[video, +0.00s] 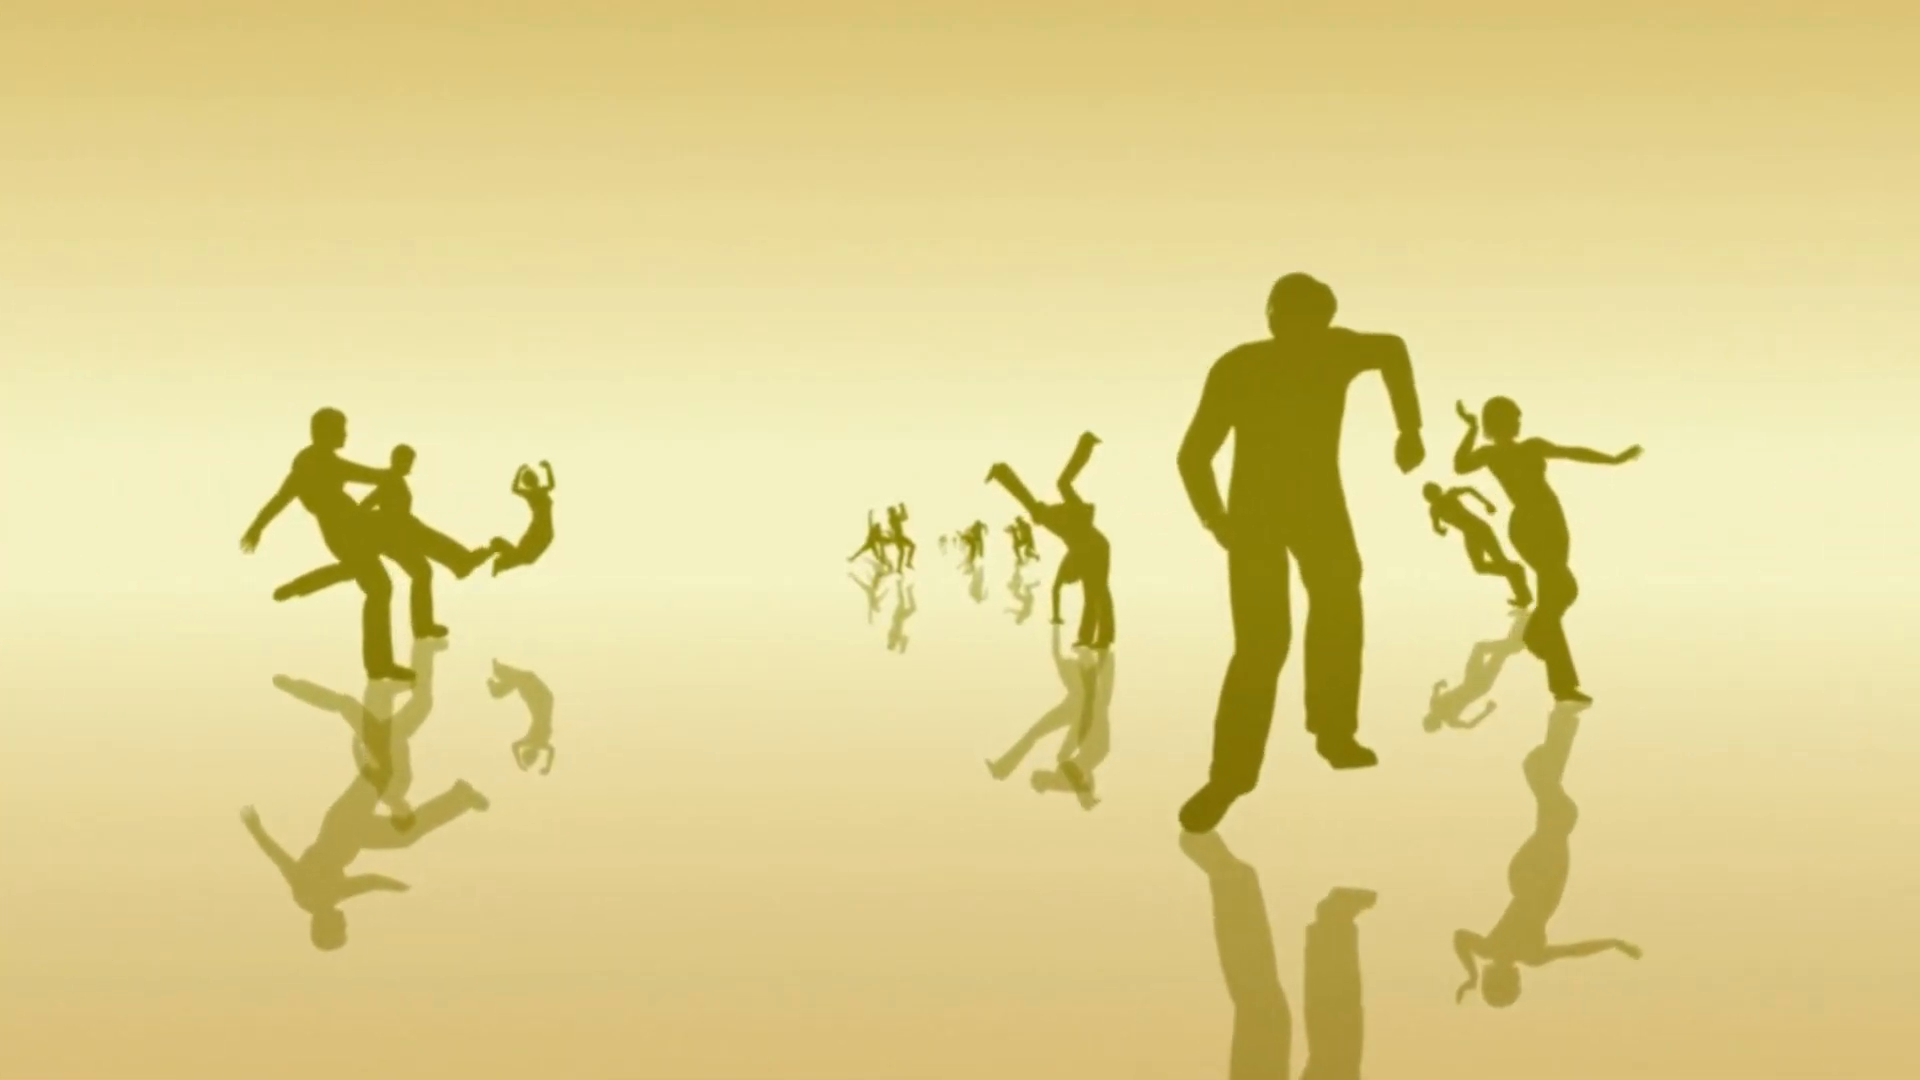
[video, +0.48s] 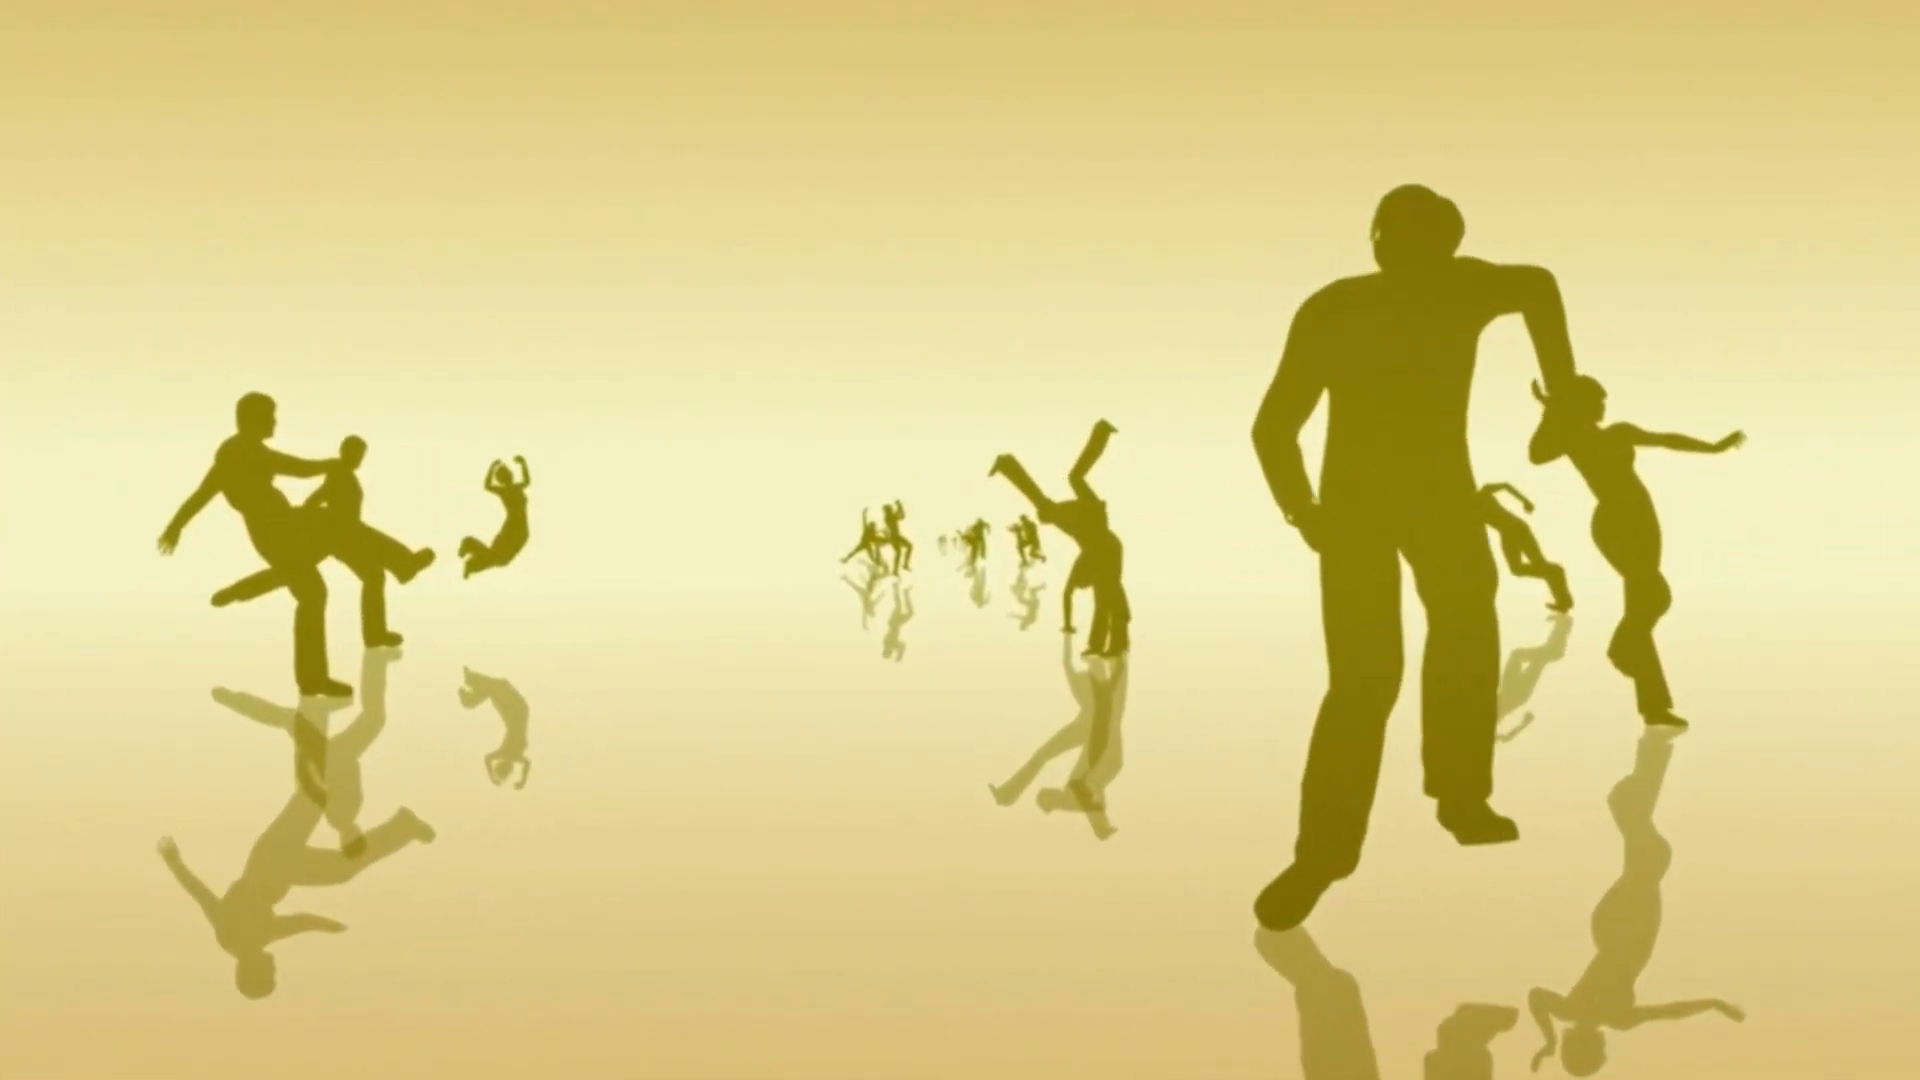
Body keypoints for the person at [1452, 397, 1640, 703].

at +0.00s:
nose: (1513, 424)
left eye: (1514, 418)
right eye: (1507, 419)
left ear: (1516, 419)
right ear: (1497, 423)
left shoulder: (1534, 446)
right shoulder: (1491, 453)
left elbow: (1573, 453)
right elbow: (1460, 465)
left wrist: (1613, 460)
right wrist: (1471, 428)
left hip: (1550, 521)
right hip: (1524, 526)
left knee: (1555, 597)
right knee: (1562, 588)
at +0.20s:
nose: (1543, 419)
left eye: (1544, 412)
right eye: (1538, 413)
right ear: (1527, 417)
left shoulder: (1565, 442)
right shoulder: (1519, 449)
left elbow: (1607, 449)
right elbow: (1487, 461)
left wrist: (1649, 455)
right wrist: (1498, 422)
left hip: (1581, 520)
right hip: (1555, 525)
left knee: (1592, 594)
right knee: (1592, 593)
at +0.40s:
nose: (1577, 411)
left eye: (1577, 404)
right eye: (1570, 405)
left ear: (1580, 406)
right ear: (1557, 410)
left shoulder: (1599, 436)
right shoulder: (1551, 444)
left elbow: (1643, 444)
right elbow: (1517, 457)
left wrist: (1688, 451)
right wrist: (1509, 425)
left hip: (1617, 518)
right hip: (1588, 523)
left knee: (1625, 598)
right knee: (1630, 594)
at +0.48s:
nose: (1600, 406)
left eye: (1599, 399)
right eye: (1594, 400)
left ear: (1597, 401)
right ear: (1579, 404)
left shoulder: (1619, 432)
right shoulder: (1572, 437)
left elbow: (1667, 440)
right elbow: (1536, 454)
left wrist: (1713, 447)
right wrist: (1549, 411)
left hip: (1638, 518)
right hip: (1613, 523)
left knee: (1648, 601)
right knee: (1652, 597)